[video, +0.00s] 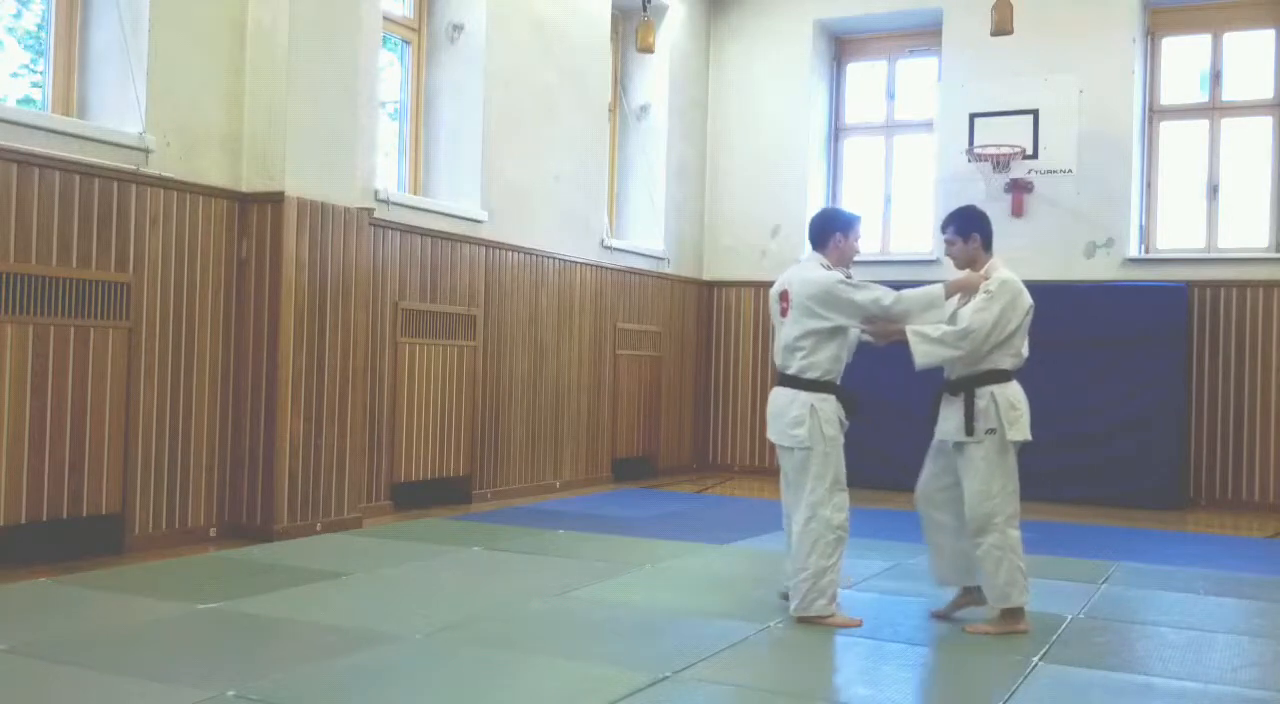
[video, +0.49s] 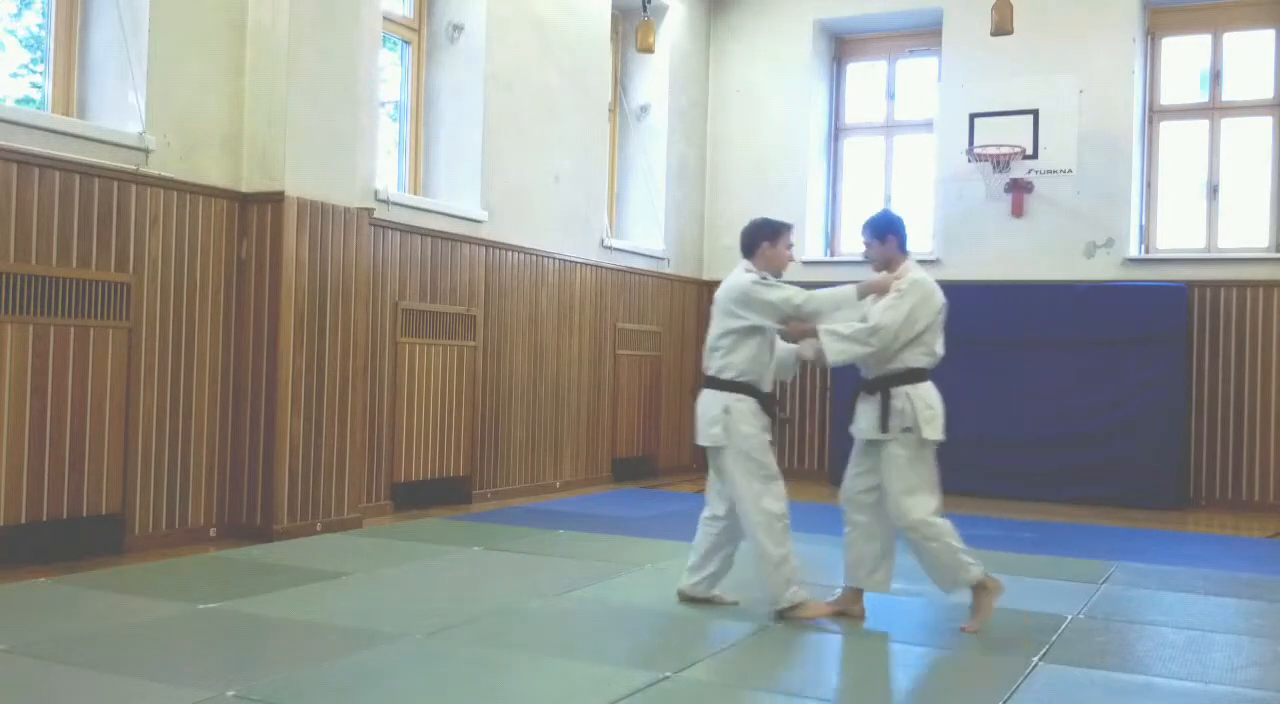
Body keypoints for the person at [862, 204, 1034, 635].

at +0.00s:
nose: (947, 254)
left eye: (951, 244)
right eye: (946, 246)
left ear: (976, 240)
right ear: (972, 243)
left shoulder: (1005, 285)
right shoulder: (970, 287)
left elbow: (968, 335)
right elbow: (949, 328)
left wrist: (903, 334)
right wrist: (896, 328)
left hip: (990, 406)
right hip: (957, 406)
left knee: (991, 510)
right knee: (933, 495)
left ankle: (1012, 611)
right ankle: (969, 588)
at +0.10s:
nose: (935, 252)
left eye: (940, 243)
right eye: (934, 244)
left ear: (965, 241)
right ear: (960, 243)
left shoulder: (993, 286)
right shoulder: (957, 287)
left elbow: (955, 336)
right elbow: (937, 328)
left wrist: (891, 334)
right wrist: (882, 329)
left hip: (980, 407)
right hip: (946, 407)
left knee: (983, 512)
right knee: (918, 495)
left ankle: (1010, 611)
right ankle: (930, 592)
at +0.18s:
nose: (923, 256)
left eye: (927, 247)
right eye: (922, 248)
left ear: (950, 242)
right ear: (945, 244)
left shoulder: (979, 288)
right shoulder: (945, 288)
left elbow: (940, 338)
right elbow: (926, 330)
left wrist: (878, 335)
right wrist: (873, 329)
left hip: (967, 408)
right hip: (933, 408)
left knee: (976, 513)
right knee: (906, 498)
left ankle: (1010, 612)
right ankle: (889, 594)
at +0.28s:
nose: (905, 255)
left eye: (909, 246)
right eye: (904, 248)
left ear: (932, 244)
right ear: (927, 246)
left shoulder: (961, 287)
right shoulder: (923, 289)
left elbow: (924, 337)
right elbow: (895, 327)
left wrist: (862, 339)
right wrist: (851, 332)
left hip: (952, 408)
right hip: (918, 408)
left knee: (966, 511)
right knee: (893, 499)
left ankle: (1008, 608)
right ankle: (861, 592)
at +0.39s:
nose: (884, 256)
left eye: (888, 247)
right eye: (883, 248)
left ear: (911, 245)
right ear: (908, 246)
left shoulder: (940, 287)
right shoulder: (904, 289)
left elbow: (901, 338)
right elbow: (877, 328)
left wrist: (839, 340)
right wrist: (826, 334)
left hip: (930, 407)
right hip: (896, 407)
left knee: (948, 511)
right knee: (877, 503)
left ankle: (1003, 601)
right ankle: (853, 600)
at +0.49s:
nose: (865, 253)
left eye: (870, 245)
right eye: (864, 246)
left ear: (892, 242)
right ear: (886, 244)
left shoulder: (919, 286)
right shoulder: (882, 288)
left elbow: (876, 335)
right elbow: (857, 328)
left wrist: (812, 338)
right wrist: (809, 331)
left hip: (908, 404)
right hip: (874, 404)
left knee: (910, 508)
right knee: (858, 499)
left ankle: (981, 584)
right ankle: (853, 595)